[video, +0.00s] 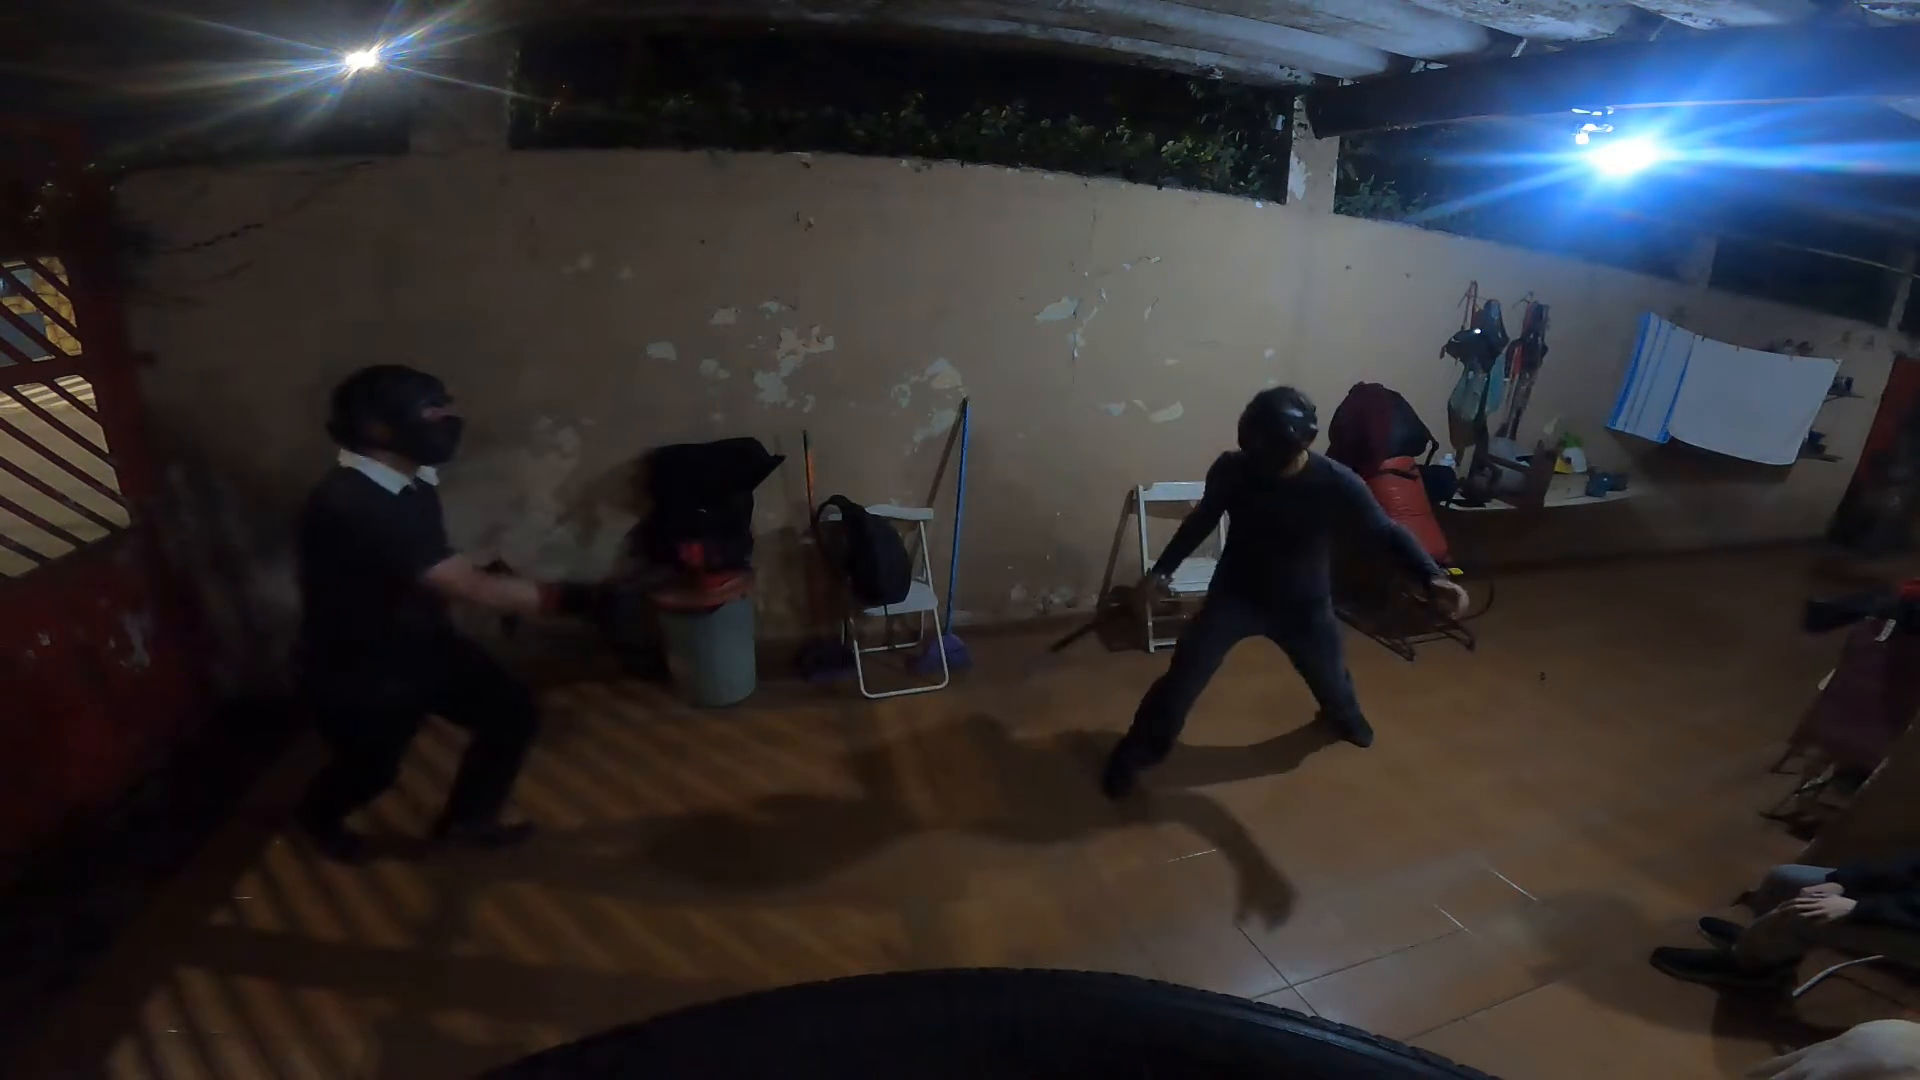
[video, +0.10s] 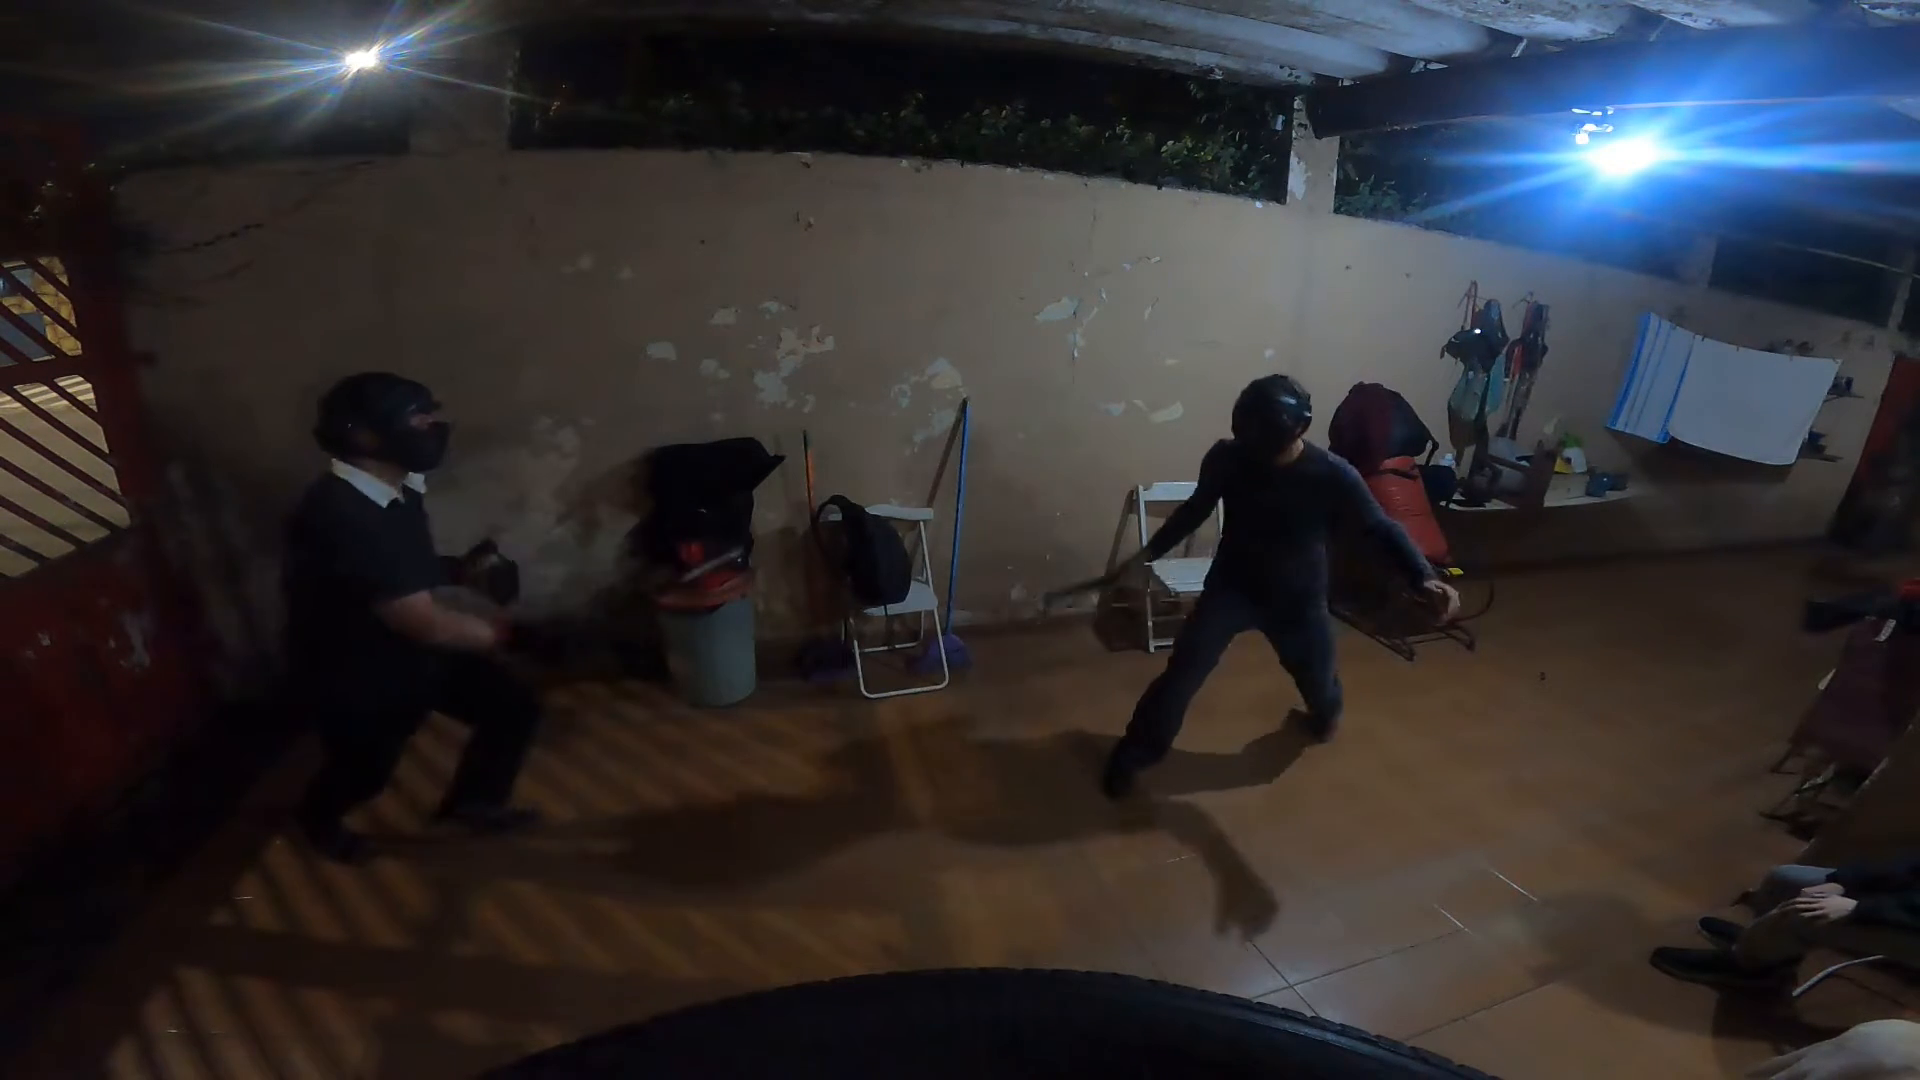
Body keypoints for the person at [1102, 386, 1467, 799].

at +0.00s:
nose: (1264, 465)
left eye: (1272, 457)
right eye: (1259, 454)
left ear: (1300, 448)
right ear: (1250, 444)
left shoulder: (1337, 484)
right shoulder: (1233, 471)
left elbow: (1387, 532)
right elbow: (1200, 522)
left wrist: (1434, 576)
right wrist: (1159, 573)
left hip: (1304, 607)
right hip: (1234, 600)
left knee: (1332, 684)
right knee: (1181, 681)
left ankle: (1351, 722)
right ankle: (1132, 758)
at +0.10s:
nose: (1259, 451)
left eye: (1269, 443)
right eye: (1253, 441)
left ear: (1298, 433)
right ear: (1244, 432)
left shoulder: (1332, 476)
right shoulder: (1227, 460)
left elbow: (1381, 527)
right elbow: (1196, 510)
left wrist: (1425, 577)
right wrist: (1149, 553)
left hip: (1298, 600)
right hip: (1230, 591)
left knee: (1318, 681)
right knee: (1181, 675)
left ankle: (1325, 717)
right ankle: (1129, 759)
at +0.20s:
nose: (1254, 450)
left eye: (1264, 442)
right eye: (1249, 439)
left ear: (1294, 435)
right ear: (1245, 431)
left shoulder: (1333, 477)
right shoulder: (1229, 461)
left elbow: (1375, 537)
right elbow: (1197, 516)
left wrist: (1427, 586)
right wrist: (1150, 556)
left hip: (1296, 597)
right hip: (1232, 584)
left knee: (1286, 693)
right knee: (1181, 669)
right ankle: (1132, 756)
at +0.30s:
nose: (1259, 462)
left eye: (1267, 453)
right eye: (1251, 451)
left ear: (1295, 441)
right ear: (1243, 439)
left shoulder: (1334, 489)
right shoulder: (1232, 468)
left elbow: (1362, 557)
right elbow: (1214, 532)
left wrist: (1398, 586)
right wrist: (1181, 583)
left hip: (1289, 607)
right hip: (1226, 592)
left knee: (1272, 706)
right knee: (1172, 673)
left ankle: (1261, 707)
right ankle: (1127, 760)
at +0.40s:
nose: (1251, 478)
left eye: (1260, 471)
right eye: (1244, 469)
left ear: (1291, 458)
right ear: (1239, 458)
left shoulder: (1324, 503)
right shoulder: (1232, 481)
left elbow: (1311, 573)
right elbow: (1238, 537)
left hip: (1283, 619)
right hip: (1226, 601)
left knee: (1273, 704)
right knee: (1162, 683)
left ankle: (1267, 713)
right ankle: (1110, 772)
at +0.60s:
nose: (1201, 509)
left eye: (1211, 499)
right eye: (1195, 499)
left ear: (1244, 484)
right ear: (1191, 488)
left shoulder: (1284, 535)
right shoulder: (1203, 512)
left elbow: (1260, 621)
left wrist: (1184, 598)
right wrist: (1174, 571)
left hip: (1260, 656)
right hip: (1202, 643)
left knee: (1264, 725)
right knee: (1137, 728)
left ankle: (1289, 686)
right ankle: (1066, 816)